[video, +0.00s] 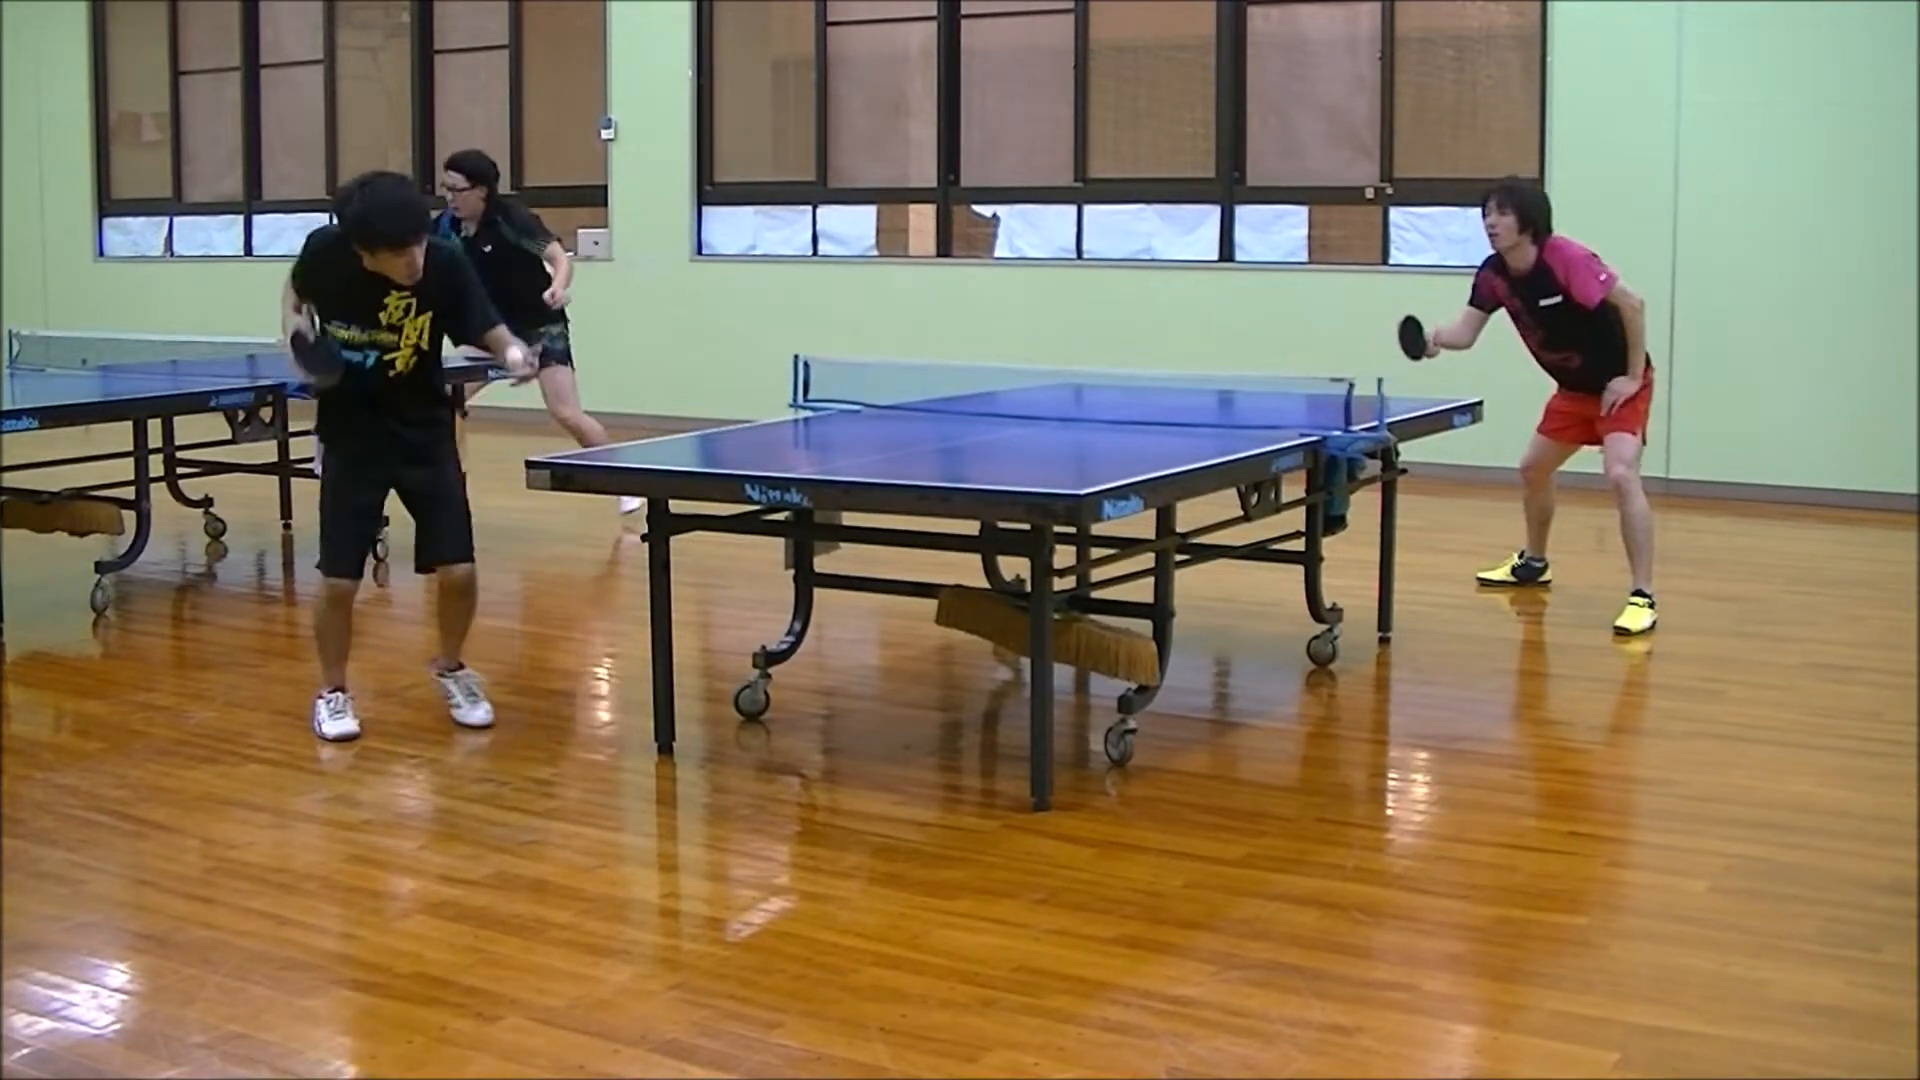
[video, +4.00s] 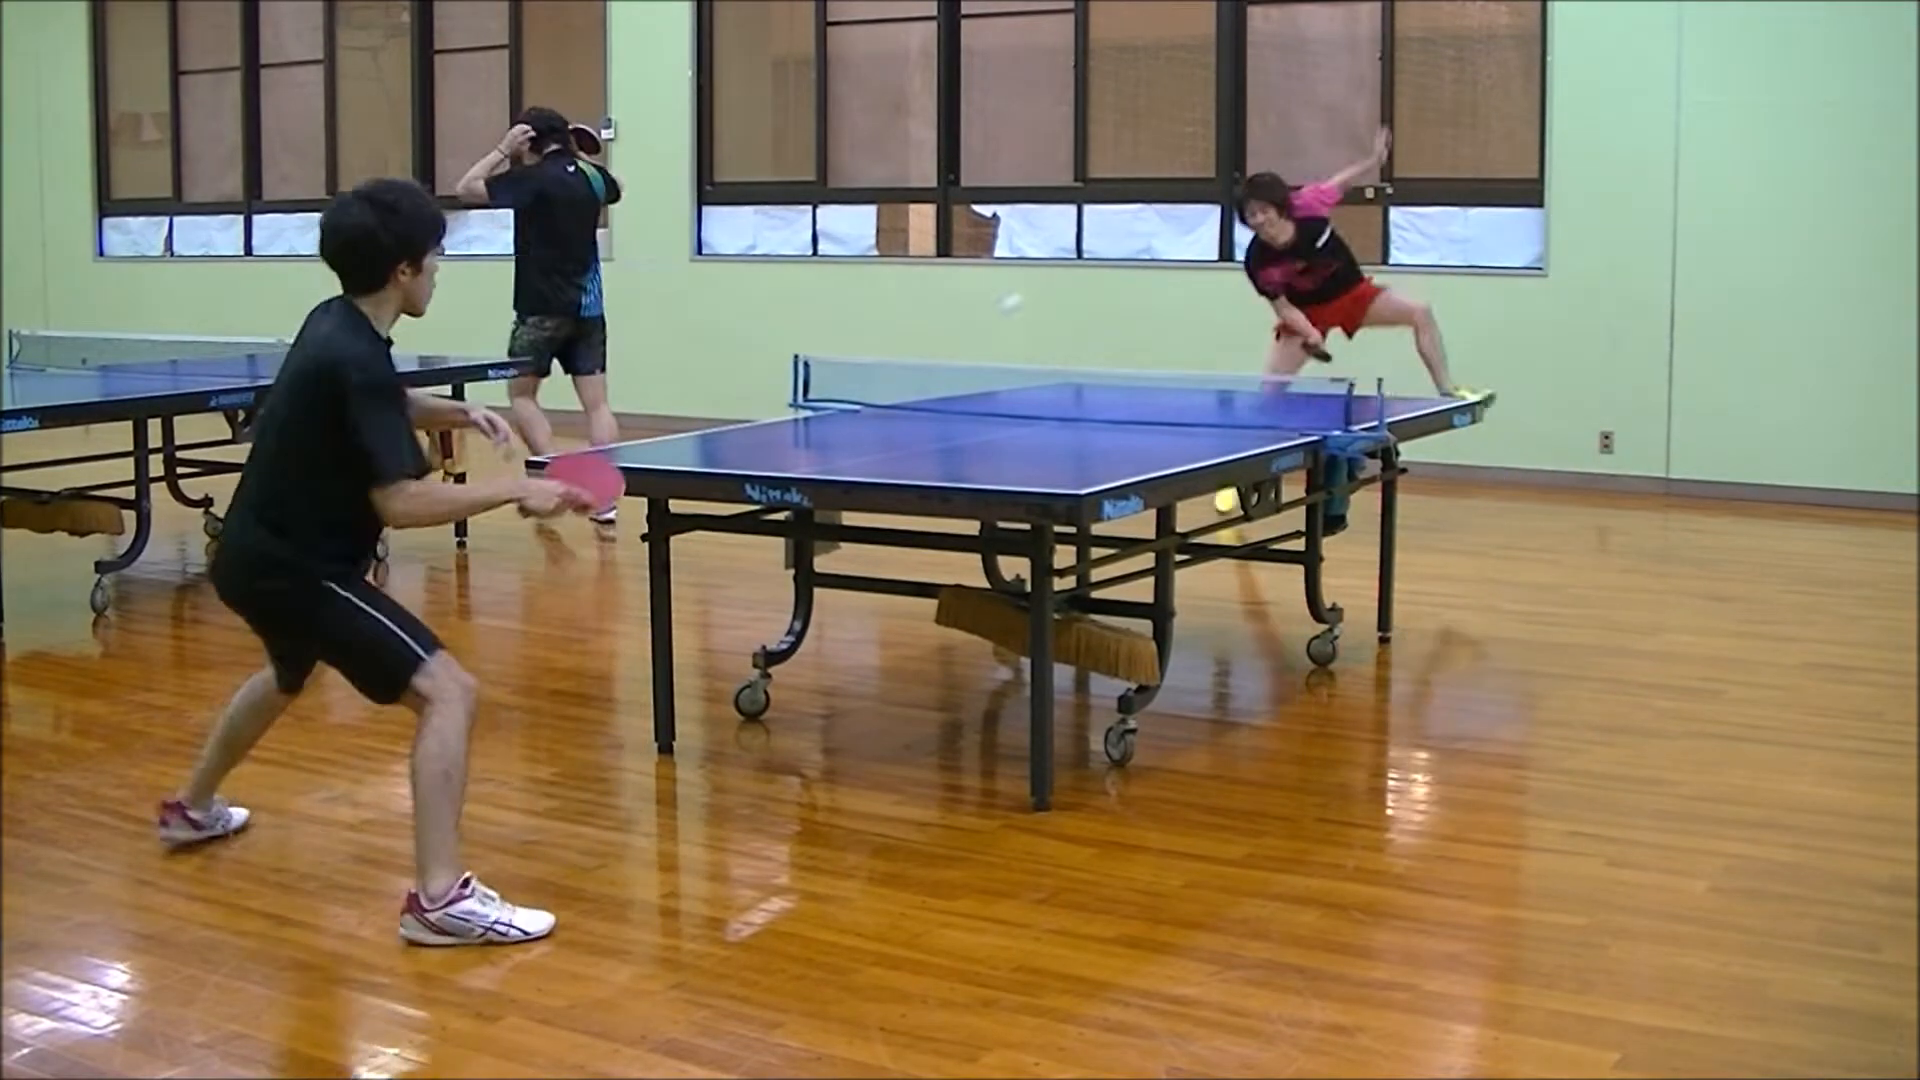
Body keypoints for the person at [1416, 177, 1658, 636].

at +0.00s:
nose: (1491, 224)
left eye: (1502, 215)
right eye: (1487, 215)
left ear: (1529, 221)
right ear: (1485, 221)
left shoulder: (1565, 258)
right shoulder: (1493, 273)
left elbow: (1632, 305)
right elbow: (1465, 333)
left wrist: (1634, 374)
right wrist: (1434, 337)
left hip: (1622, 381)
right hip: (1573, 387)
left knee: (1620, 473)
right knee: (1534, 469)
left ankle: (1642, 596)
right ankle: (1533, 562)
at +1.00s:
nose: (1346, 249)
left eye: (1351, 239)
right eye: (1345, 240)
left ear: (1377, 237)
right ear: (1372, 241)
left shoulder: (1411, 253)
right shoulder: (1399, 295)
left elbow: (1448, 234)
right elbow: (1404, 379)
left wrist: (1489, 212)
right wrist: (1390, 434)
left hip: (1500, 397)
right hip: (1451, 408)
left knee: (1560, 510)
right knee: (1367, 473)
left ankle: (1639, 598)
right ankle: (1366, 595)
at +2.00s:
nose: (1346, 227)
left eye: (1356, 219)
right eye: (1340, 219)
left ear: (1376, 224)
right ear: (1333, 225)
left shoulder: (1403, 257)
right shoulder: (1328, 273)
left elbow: (1455, 299)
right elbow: (1303, 333)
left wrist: (1437, 333)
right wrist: (1334, 356)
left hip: (1430, 378)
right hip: (1367, 383)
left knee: (1482, 458)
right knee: (1322, 453)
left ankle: (1516, 537)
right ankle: (1308, 535)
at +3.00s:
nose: (1484, 222)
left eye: (1492, 215)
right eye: (1477, 215)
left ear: (1507, 219)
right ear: (1469, 224)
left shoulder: (1538, 256)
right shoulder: (1466, 274)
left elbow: (1583, 290)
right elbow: (1441, 320)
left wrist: (1602, 333)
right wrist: (1436, 353)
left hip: (1564, 377)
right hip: (1510, 382)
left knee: (1616, 453)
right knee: (1455, 437)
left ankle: (1652, 520)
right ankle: (1467, 509)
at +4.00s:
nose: (1258, 220)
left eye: (1263, 211)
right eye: (1251, 215)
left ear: (1279, 204)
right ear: (1246, 220)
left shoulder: (1310, 205)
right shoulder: (1258, 261)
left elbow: (1341, 181)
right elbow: (1282, 307)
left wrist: (1374, 161)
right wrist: (1309, 333)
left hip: (1353, 298)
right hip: (1305, 314)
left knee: (1420, 314)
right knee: (1270, 391)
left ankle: (1447, 392)